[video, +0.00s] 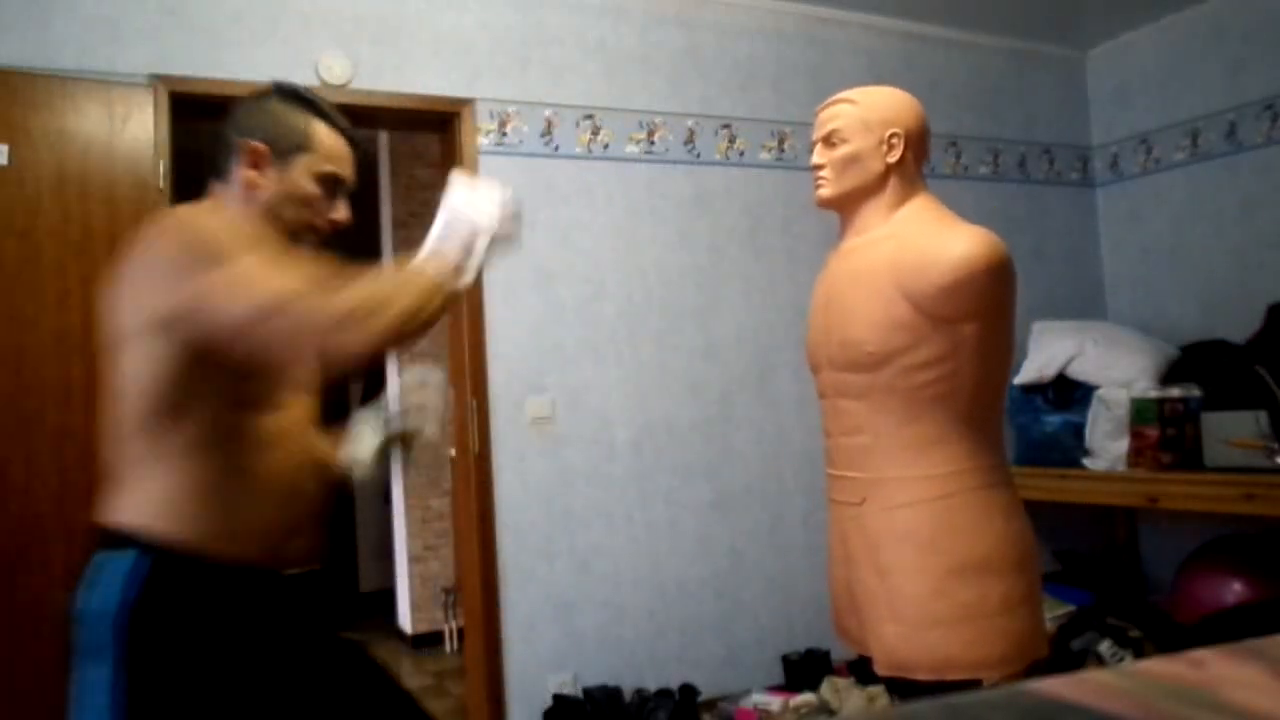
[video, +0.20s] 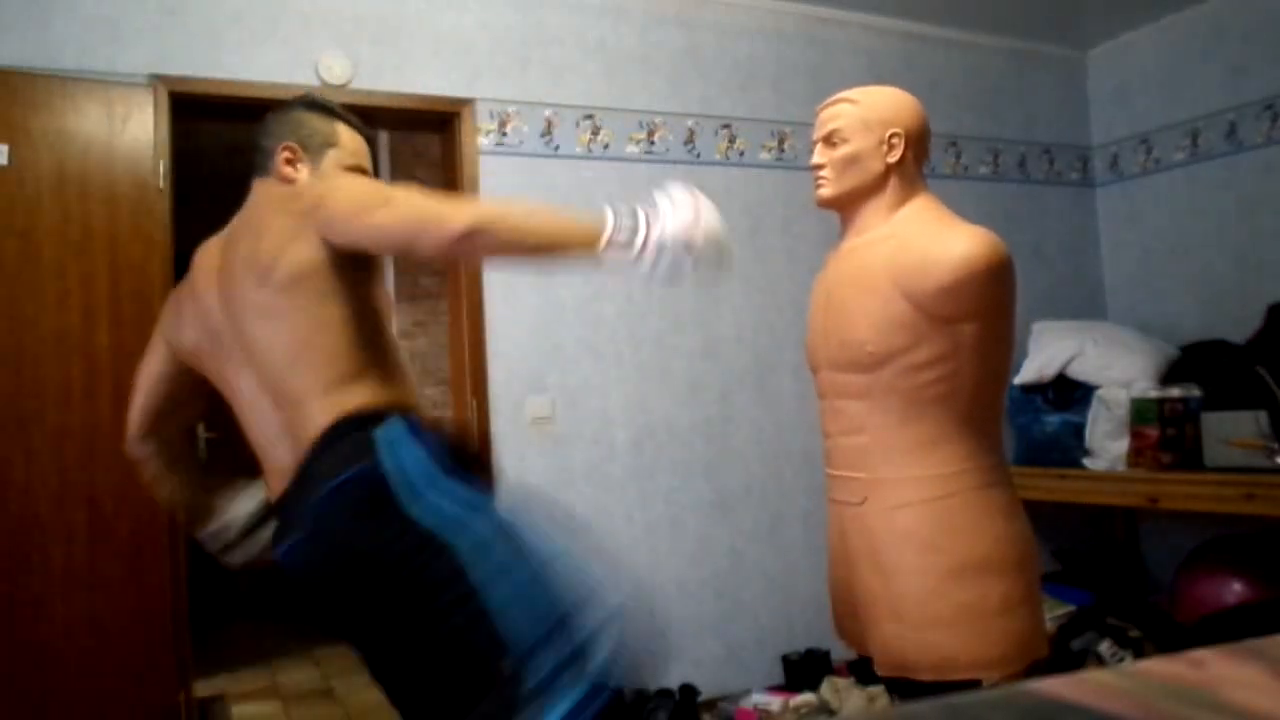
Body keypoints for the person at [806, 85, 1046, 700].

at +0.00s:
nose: (814, 158)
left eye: (833, 141)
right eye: (815, 144)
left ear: (891, 149)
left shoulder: (956, 259)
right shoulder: (843, 261)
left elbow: (973, 424)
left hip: (942, 540)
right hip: (865, 539)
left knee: (968, 705)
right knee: (891, 698)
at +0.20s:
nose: (814, 158)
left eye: (833, 141)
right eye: (815, 144)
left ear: (891, 149)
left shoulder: (955, 259)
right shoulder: (838, 266)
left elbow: (972, 426)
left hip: (942, 545)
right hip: (864, 545)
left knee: (973, 707)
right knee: (893, 700)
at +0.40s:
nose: (802, 168)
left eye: (816, 152)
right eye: (805, 154)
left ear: (865, 158)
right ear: (864, 161)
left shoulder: (929, 249)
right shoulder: (840, 254)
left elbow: (957, 412)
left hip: (932, 527)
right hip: (871, 526)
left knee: (944, 691)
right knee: (894, 688)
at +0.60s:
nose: (817, 149)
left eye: (835, 134)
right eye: (820, 134)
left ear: (889, 148)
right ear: (883, 151)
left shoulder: (941, 254)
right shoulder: (866, 240)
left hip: (934, 540)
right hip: (877, 533)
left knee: (960, 703)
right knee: (903, 694)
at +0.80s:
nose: (813, 164)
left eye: (831, 148)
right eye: (814, 150)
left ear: (887, 154)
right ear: (881, 157)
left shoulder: (948, 258)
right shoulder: (843, 262)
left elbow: (968, 421)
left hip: (938, 532)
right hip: (869, 530)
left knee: (958, 698)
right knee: (898, 692)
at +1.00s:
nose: (801, 163)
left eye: (818, 145)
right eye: (802, 148)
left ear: (877, 153)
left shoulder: (940, 261)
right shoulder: (841, 257)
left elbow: (964, 437)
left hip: (933, 548)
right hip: (863, 544)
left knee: (959, 705)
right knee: (894, 697)